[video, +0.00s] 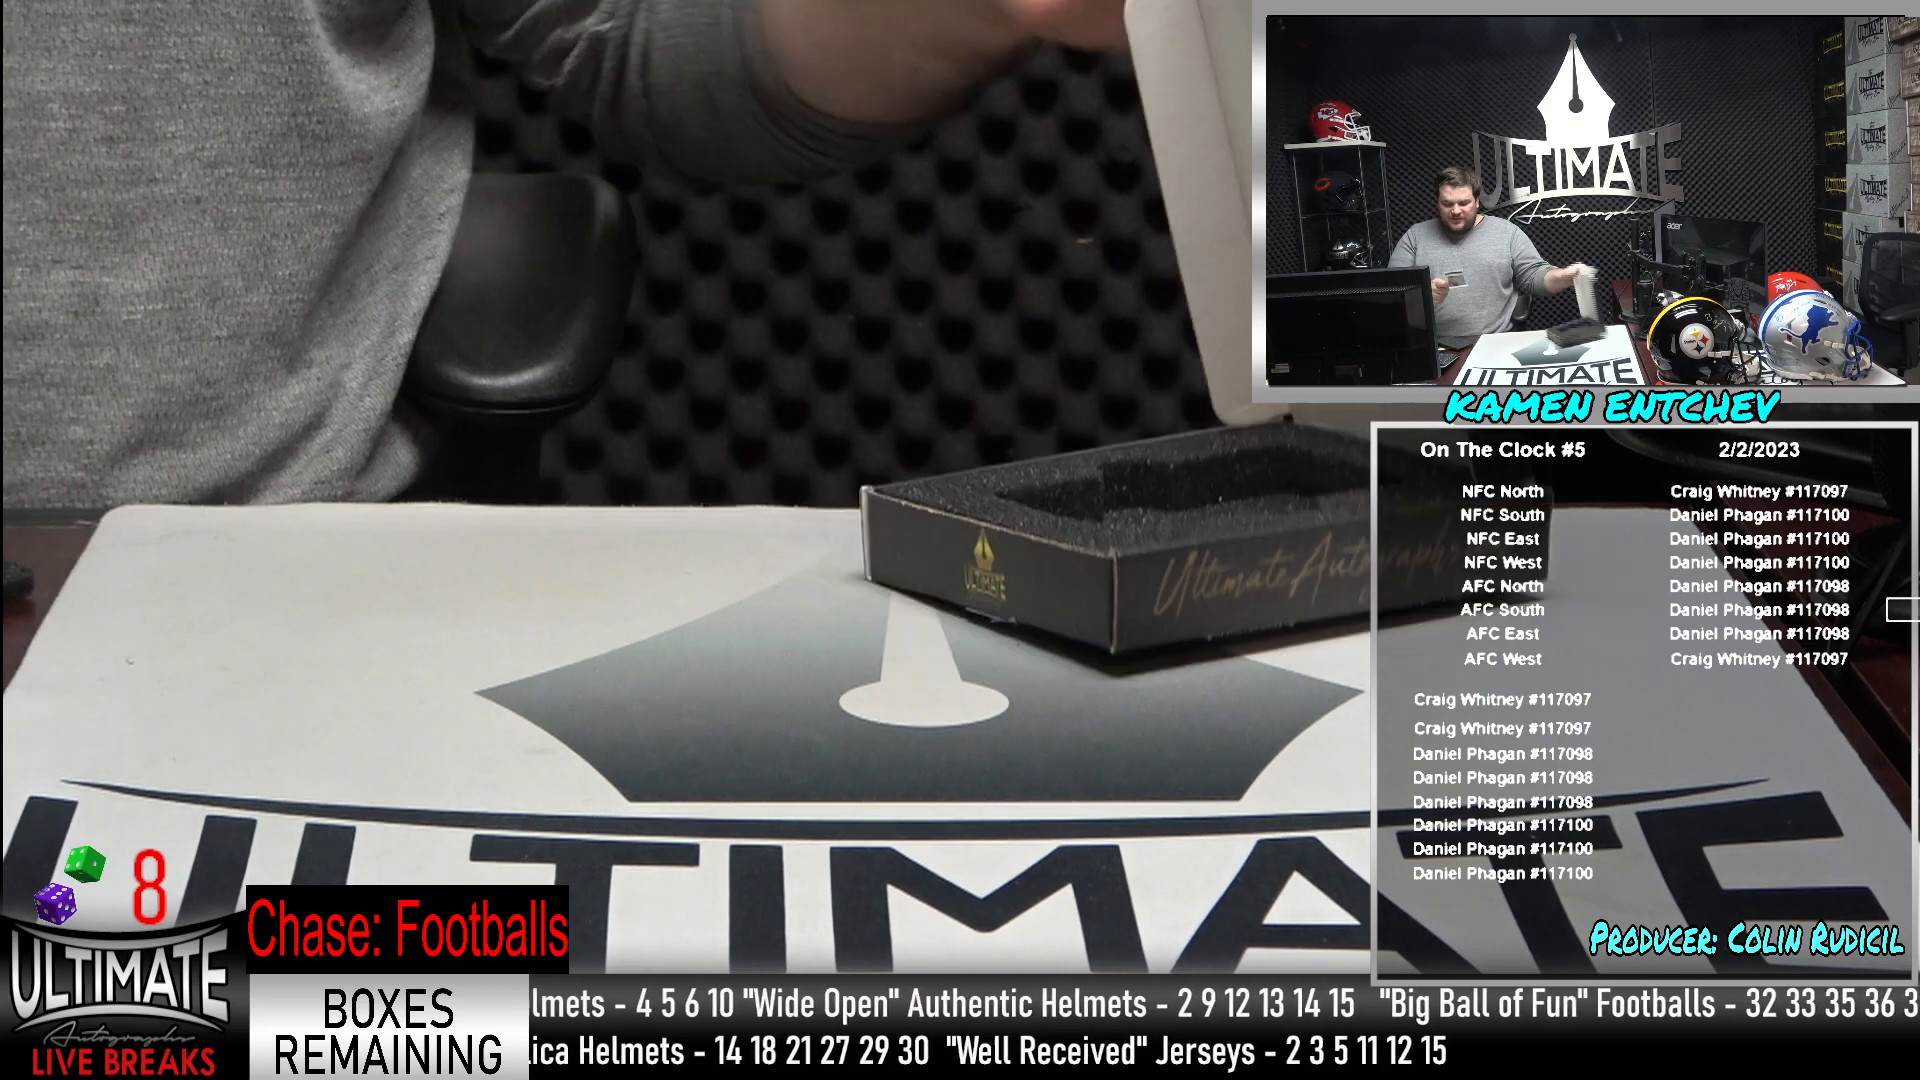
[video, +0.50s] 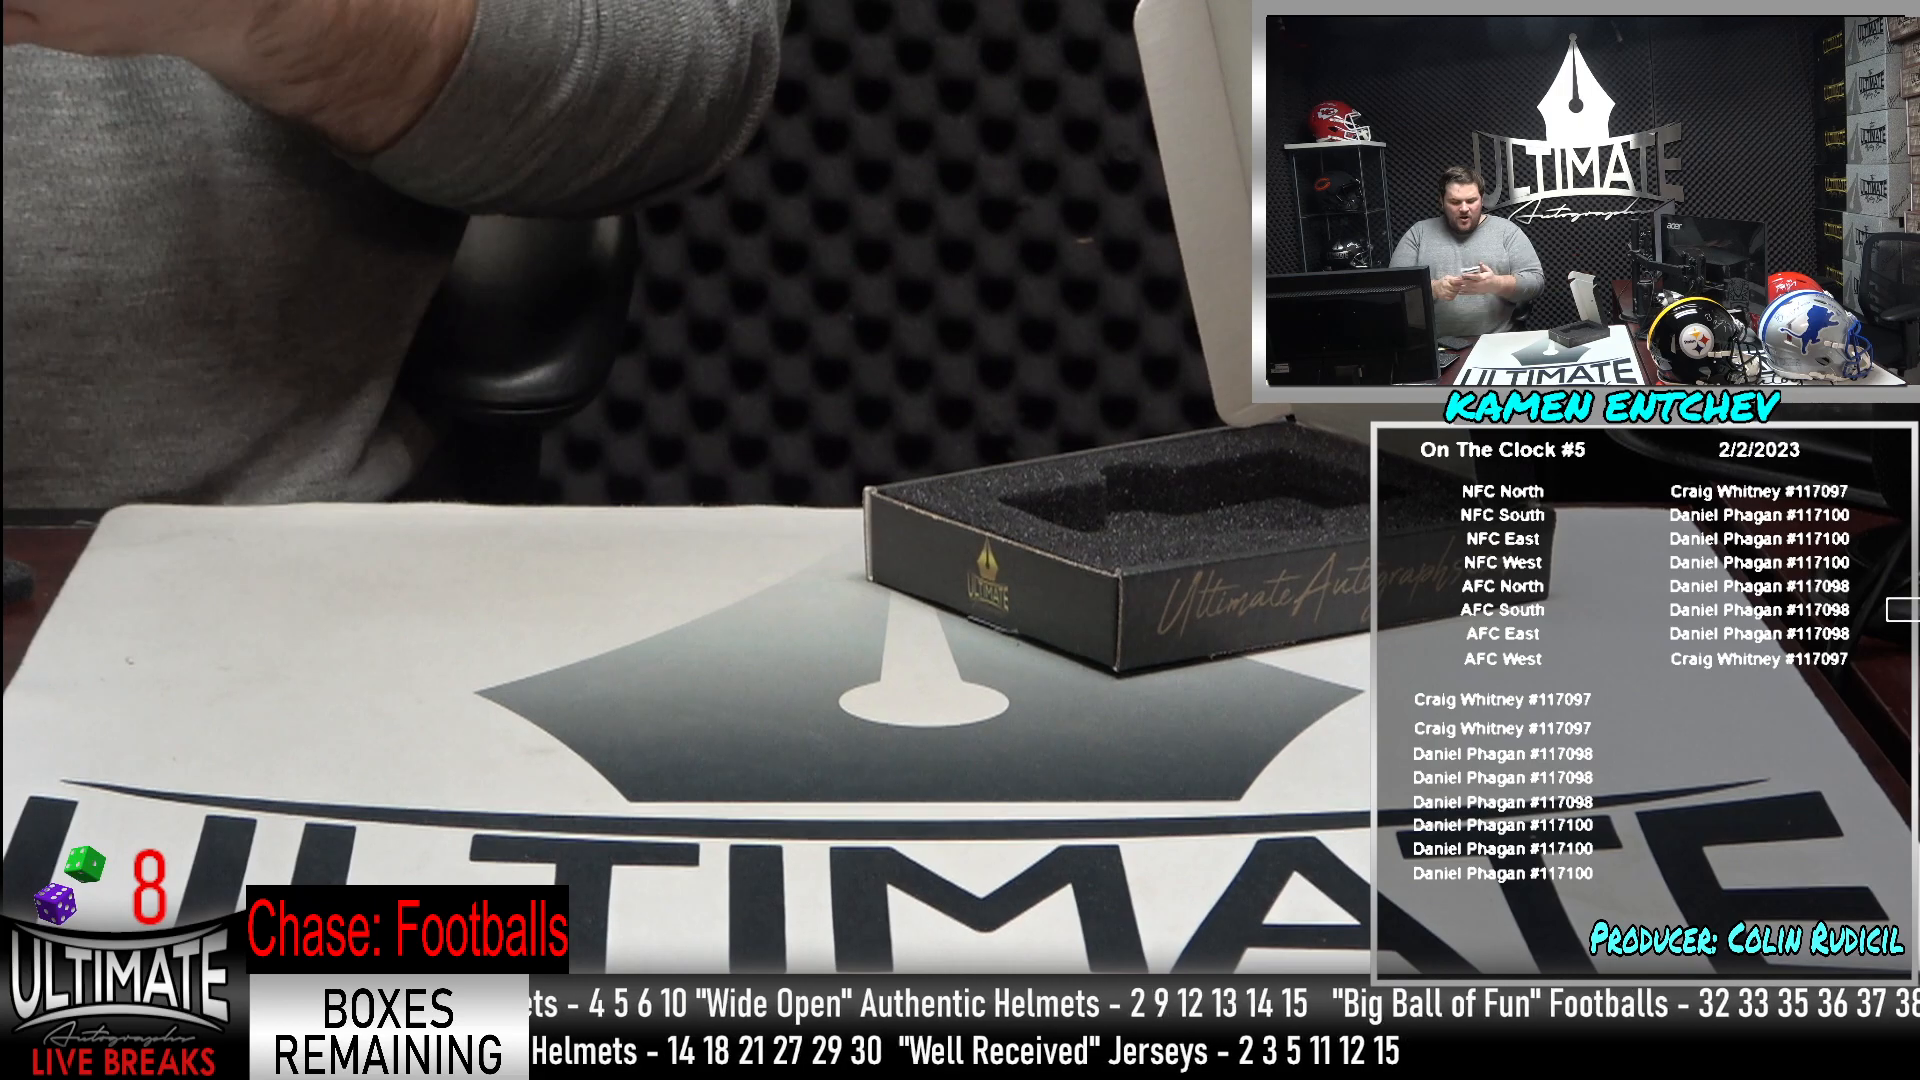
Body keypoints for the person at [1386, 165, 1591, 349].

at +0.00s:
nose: (1456, 211)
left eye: (1463, 203)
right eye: (1448, 204)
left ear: (1477, 201)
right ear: (1437, 203)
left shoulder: (1507, 233)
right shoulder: (1416, 237)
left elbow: (1532, 276)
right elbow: (1390, 288)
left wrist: (1564, 277)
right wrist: (1421, 291)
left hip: (1496, 348)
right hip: (1433, 352)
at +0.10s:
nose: (1456, 210)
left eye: (1463, 201)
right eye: (1448, 203)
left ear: (1476, 200)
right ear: (1437, 202)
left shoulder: (1507, 233)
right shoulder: (1416, 237)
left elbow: (1530, 276)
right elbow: (1390, 289)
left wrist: (1553, 276)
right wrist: (1421, 291)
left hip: (1497, 348)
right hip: (1435, 351)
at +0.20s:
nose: (1456, 210)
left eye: (1463, 201)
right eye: (1448, 203)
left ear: (1476, 200)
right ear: (1438, 203)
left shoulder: (1508, 233)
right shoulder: (1416, 237)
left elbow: (1530, 275)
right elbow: (1391, 288)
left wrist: (1552, 277)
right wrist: (1423, 290)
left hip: (1497, 348)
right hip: (1434, 352)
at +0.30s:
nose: (1461, 209)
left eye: (1468, 200)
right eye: (1452, 202)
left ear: (1480, 199)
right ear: (1441, 203)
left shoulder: (1508, 233)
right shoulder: (1418, 235)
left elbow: (1542, 277)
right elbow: (1392, 287)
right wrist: (1428, 289)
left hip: (1496, 346)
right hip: (1434, 351)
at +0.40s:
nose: (1464, 209)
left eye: (1471, 201)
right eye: (1455, 202)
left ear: (1481, 200)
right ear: (1442, 202)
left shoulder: (1507, 232)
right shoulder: (1419, 234)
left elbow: (1536, 282)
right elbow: (1394, 286)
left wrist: (1496, 284)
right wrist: (1432, 289)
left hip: (1497, 343)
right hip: (1436, 349)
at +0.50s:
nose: (1464, 209)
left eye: (1471, 201)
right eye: (1455, 202)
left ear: (1481, 199)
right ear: (1442, 202)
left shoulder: (1507, 232)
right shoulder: (1419, 234)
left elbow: (1536, 281)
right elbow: (1394, 288)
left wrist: (1496, 284)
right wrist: (1431, 289)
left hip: (1497, 345)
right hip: (1436, 349)